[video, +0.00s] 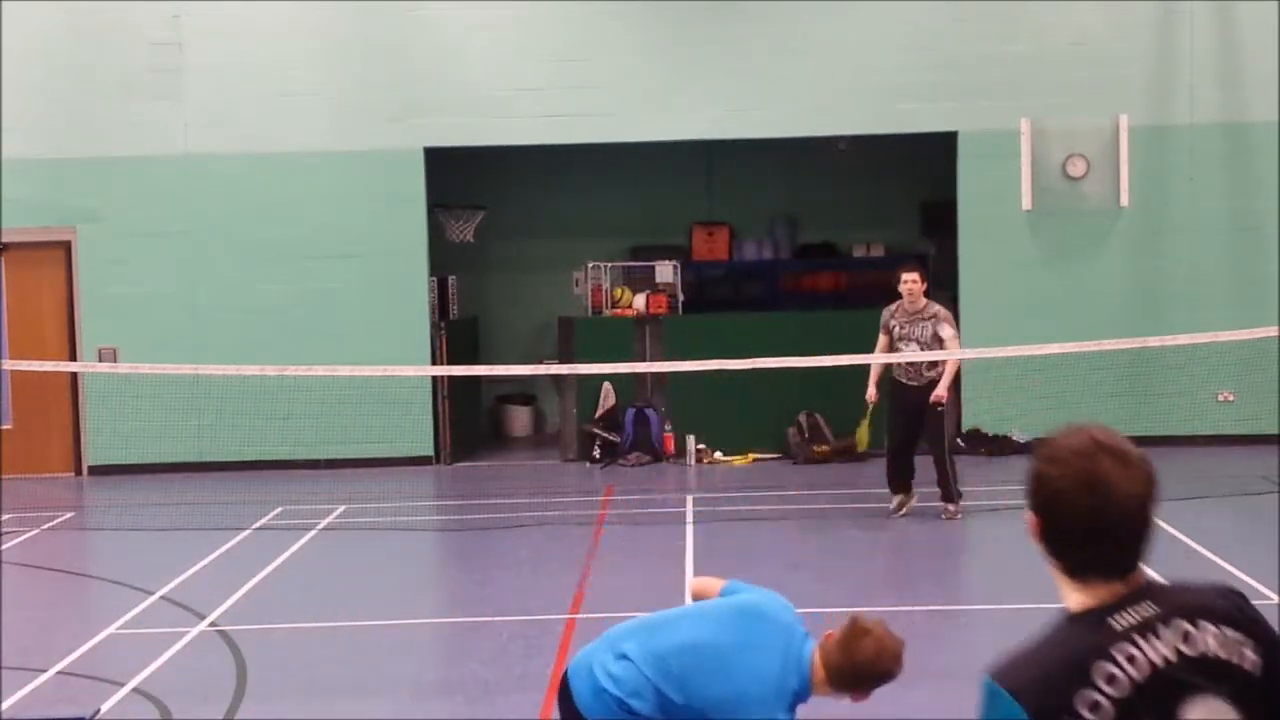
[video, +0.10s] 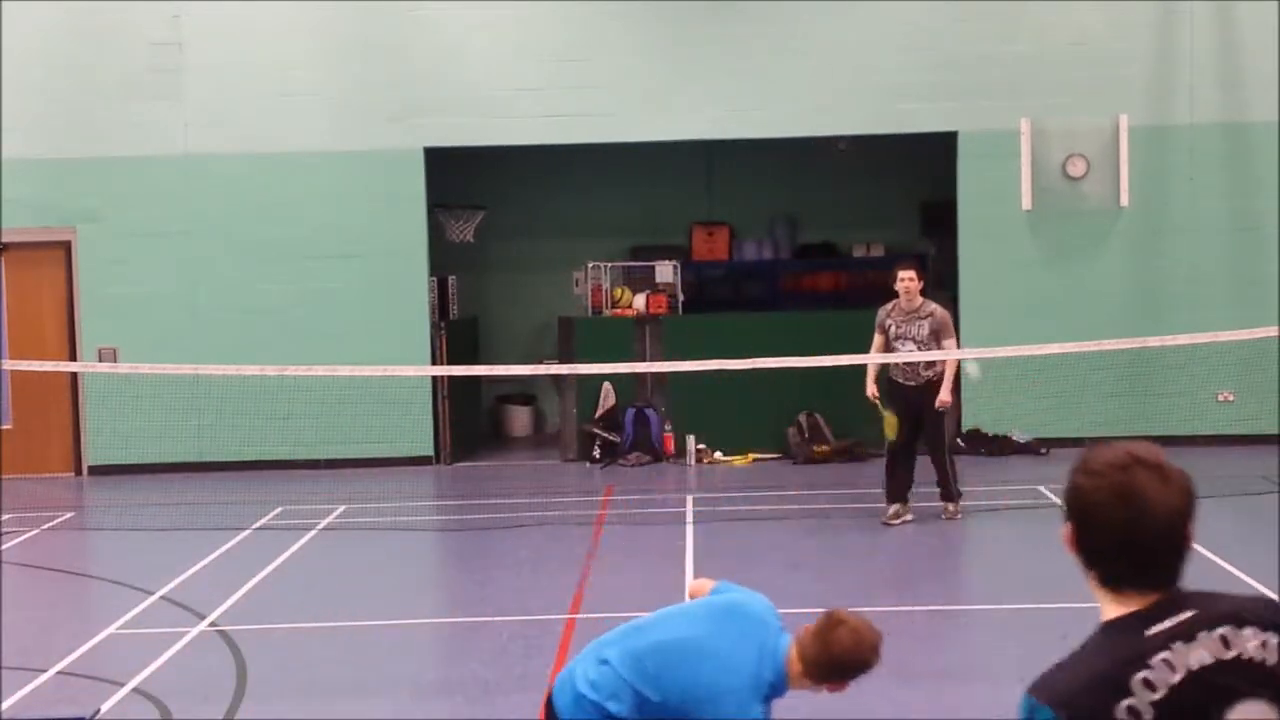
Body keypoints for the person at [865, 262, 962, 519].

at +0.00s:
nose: (909, 287)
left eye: (913, 282)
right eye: (904, 283)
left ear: (923, 285)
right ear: (898, 287)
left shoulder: (940, 315)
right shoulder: (890, 314)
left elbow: (954, 354)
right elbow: (880, 351)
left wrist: (943, 386)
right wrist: (872, 384)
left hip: (935, 386)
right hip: (902, 386)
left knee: (941, 444)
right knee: (897, 442)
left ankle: (950, 500)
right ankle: (902, 491)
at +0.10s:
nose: (906, 285)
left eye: (910, 280)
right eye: (901, 280)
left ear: (920, 284)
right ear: (895, 285)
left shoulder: (938, 314)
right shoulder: (886, 313)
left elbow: (952, 353)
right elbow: (876, 350)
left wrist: (946, 388)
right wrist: (870, 380)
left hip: (931, 387)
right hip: (898, 387)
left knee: (938, 446)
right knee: (898, 446)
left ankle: (950, 500)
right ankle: (898, 502)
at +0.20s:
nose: (902, 284)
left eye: (906, 279)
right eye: (897, 280)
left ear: (915, 284)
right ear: (890, 286)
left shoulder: (933, 315)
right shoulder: (879, 316)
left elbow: (946, 355)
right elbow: (870, 352)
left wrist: (948, 393)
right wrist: (867, 382)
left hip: (928, 390)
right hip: (893, 390)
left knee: (936, 448)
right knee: (895, 450)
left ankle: (948, 499)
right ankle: (895, 508)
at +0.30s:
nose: (898, 281)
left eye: (902, 276)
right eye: (893, 277)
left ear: (912, 281)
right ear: (887, 284)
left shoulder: (929, 313)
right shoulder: (875, 316)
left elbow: (941, 354)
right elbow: (864, 354)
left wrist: (947, 392)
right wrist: (865, 383)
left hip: (924, 389)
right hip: (890, 390)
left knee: (933, 447)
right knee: (891, 449)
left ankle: (943, 494)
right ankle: (895, 508)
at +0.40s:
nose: (886, 297)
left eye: (891, 292)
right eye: (883, 292)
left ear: (902, 295)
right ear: (878, 295)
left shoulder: (917, 323)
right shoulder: (875, 315)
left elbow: (932, 360)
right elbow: (873, 346)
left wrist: (927, 394)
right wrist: (866, 380)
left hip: (909, 384)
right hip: (886, 384)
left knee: (902, 433)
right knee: (891, 433)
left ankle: (918, 487)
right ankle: (908, 487)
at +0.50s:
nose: (894, 298)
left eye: (899, 293)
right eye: (890, 293)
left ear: (909, 296)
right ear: (885, 296)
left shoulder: (924, 325)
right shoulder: (882, 317)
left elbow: (940, 361)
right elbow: (875, 349)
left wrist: (940, 396)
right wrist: (861, 385)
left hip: (918, 392)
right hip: (890, 391)